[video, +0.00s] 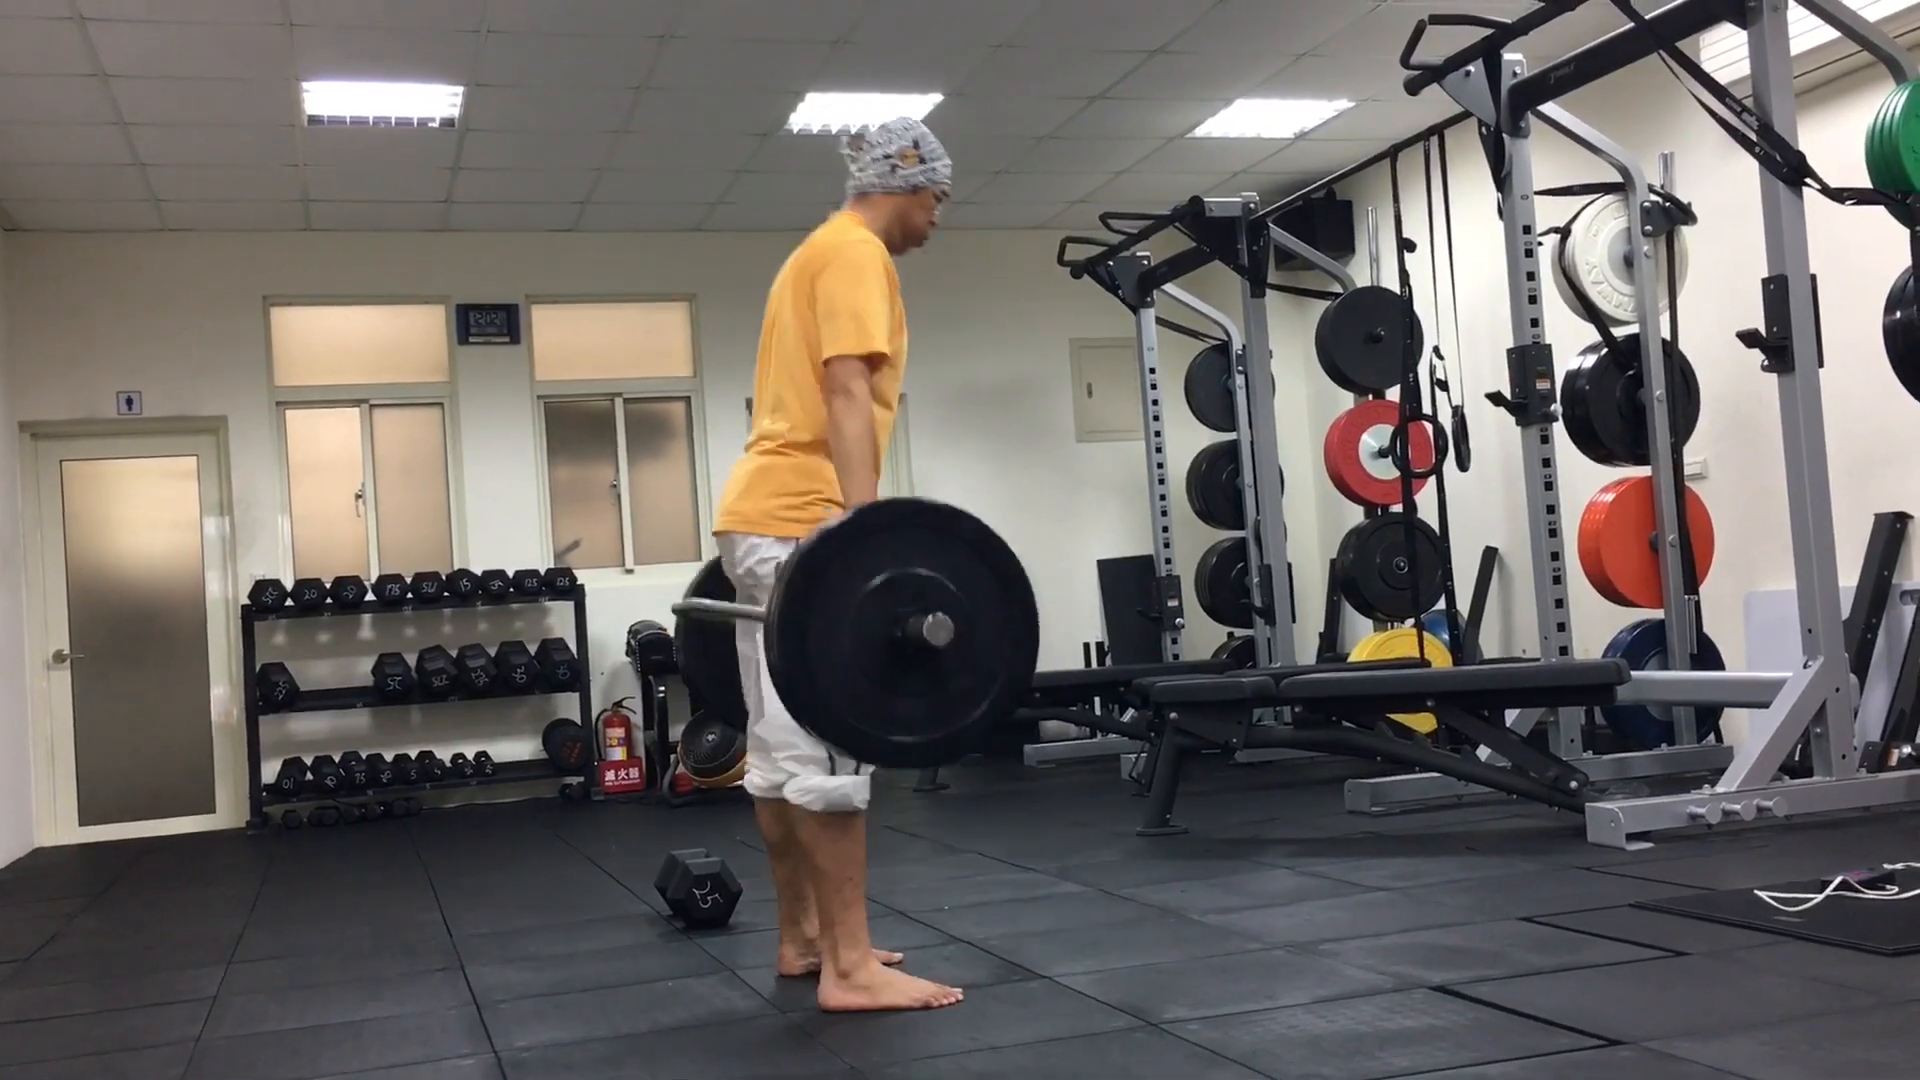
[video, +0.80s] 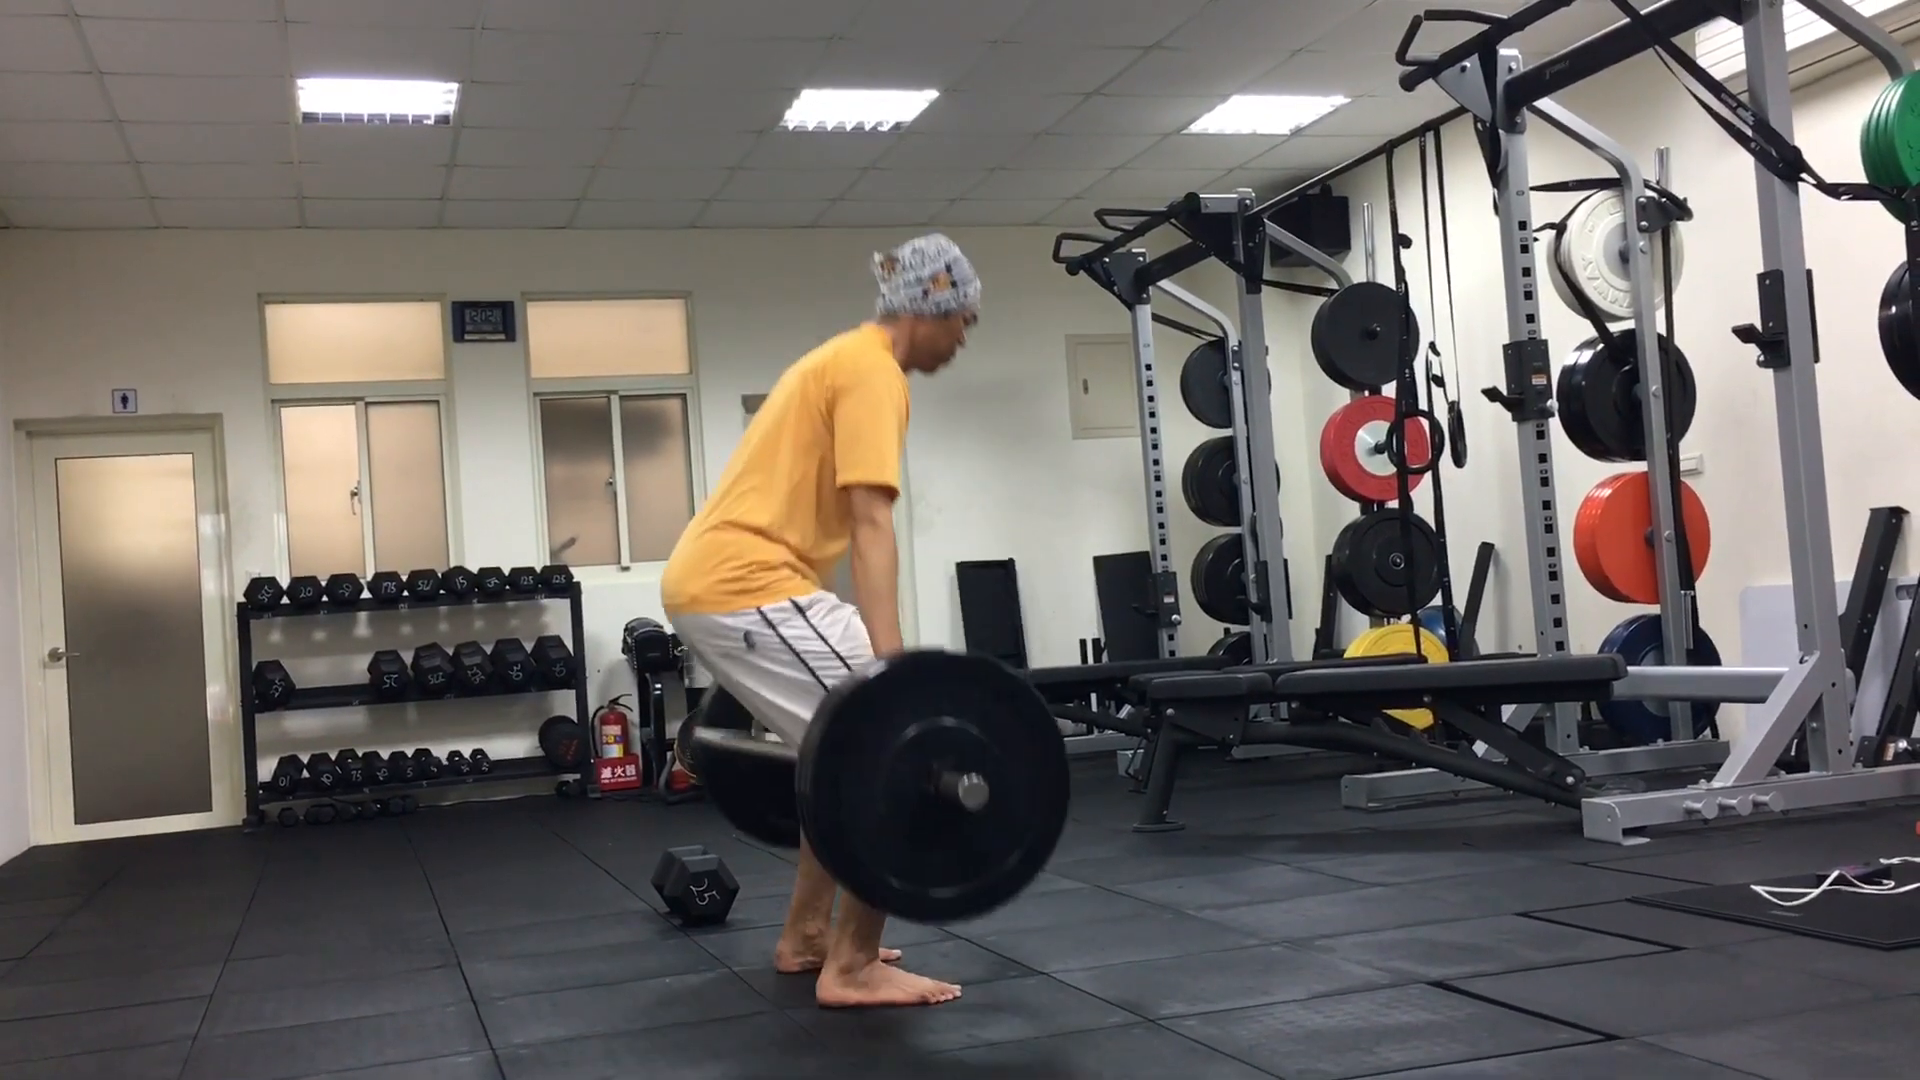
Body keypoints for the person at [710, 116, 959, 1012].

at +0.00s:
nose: (937, 220)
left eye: (940, 204)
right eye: (935, 202)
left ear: (869, 187)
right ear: (904, 190)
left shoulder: (818, 256)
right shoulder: (853, 254)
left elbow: (794, 401)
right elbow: (844, 391)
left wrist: (836, 531)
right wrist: (873, 536)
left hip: (758, 526)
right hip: (800, 528)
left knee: (781, 741)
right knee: (829, 742)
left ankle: (804, 936)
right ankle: (851, 964)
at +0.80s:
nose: (962, 342)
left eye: (967, 325)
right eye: (963, 322)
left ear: (904, 304)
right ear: (929, 307)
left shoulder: (840, 360)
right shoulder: (870, 365)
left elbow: (843, 527)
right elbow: (870, 521)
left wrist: (863, 657)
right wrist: (890, 661)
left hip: (710, 579)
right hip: (745, 579)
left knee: (847, 738)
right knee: (887, 737)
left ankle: (806, 933)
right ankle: (853, 964)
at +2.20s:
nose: (935, 204)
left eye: (936, 188)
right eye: (931, 186)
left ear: (863, 175)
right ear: (901, 177)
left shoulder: (813, 249)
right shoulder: (855, 246)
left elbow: (789, 400)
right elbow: (855, 385)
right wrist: (886, 522)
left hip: (766, 519)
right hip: (815, 520)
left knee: (779, 735)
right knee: (827, 737)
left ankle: (801, 927)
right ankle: (848, 957)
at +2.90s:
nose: (967, 328)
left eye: (972, 311)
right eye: (968, 309)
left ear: (910, 289)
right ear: (935, 293)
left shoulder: (842, 344)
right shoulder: (878, 350)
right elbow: (885, 500)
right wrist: (907, 643)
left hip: (727, 570)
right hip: (767, 571)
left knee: (849, 740)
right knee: (893, 734)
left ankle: (814, 933)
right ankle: (860, 965)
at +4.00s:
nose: (969, 258)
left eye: (975, 243)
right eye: (971, 239)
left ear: (913, 222)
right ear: (938, 223)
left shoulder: (850, 282)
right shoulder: (887, 281)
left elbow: (809, 432)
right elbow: (882, 420)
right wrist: (900, 558)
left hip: (758, 527)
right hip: (805, 526)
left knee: (817, 730)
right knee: (866, 726)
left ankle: (814, 922)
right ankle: (859, 951)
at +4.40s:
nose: (927, 201)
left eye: (929, 186)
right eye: (925, 183)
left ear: (860, 171)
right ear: (893, 171)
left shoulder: (807, 248)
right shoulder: (849, 244)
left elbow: (804, 405)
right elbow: (863, 384)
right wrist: (896, 519)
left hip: (794, 521)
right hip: (842, 520)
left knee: (798, 731)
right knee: (843, 734)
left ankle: (809, 923)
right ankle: (857, 951)